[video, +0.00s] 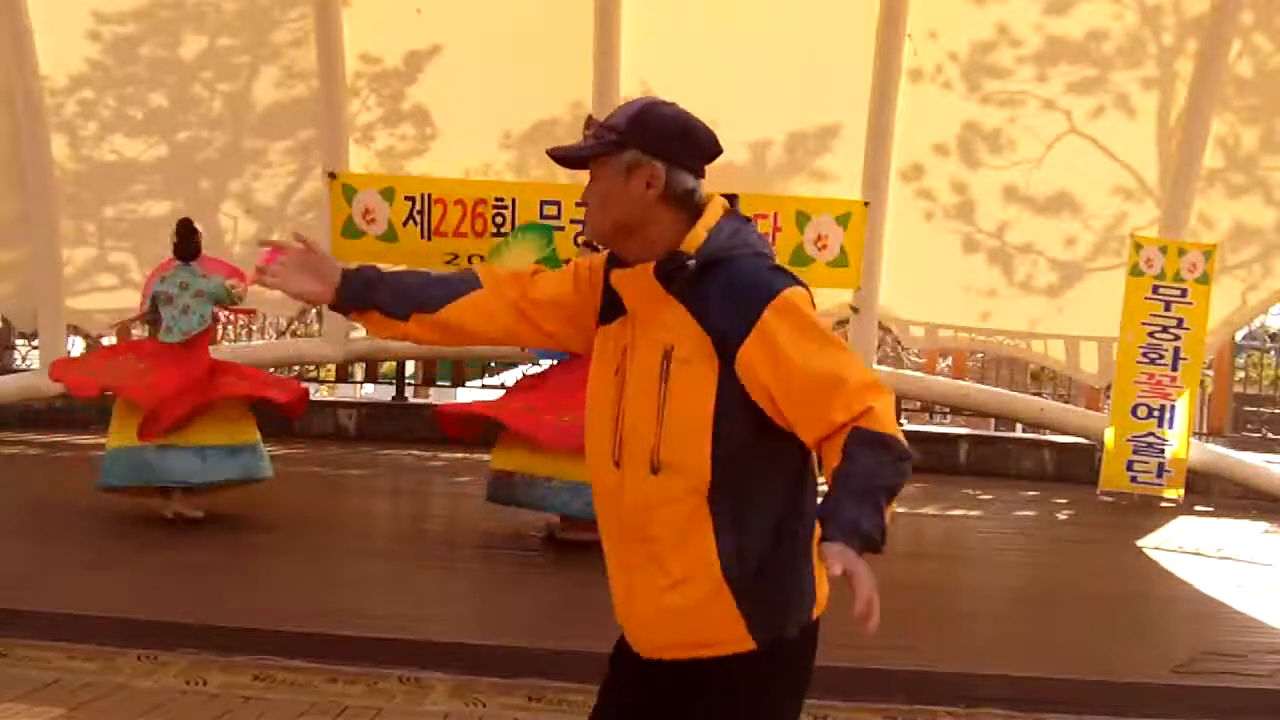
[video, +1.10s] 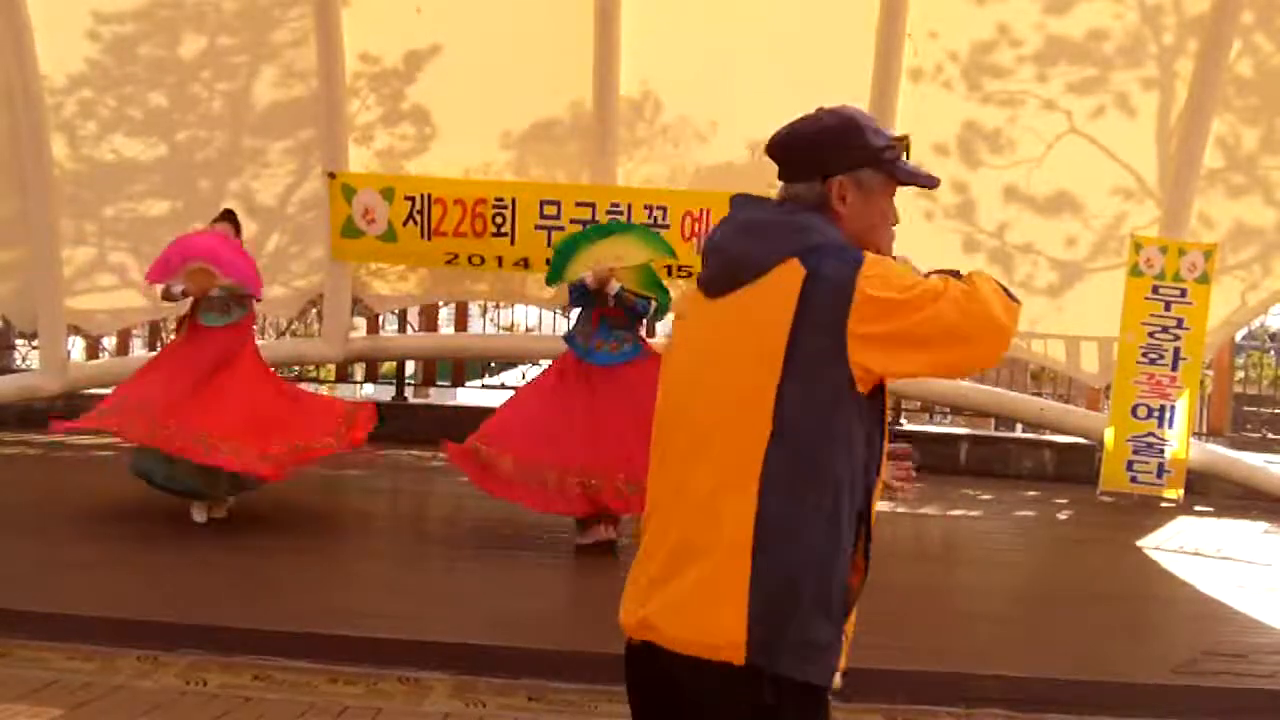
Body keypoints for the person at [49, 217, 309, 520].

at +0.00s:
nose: (194, 250)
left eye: (183, 244)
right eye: (196, 245)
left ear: (173, 248)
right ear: (200, 249)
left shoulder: (162, 280)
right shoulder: (206, 281)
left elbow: (148, 317)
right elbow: (232, 300)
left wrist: (122, 325)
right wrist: (237, 286)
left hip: (163, 358)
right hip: (196, 358)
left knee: (164, 423)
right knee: (191, 423)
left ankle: (169, 497)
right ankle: (184, 497)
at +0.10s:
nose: (178, 246)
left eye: (181, 240)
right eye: (180, 240)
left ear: (187, 244)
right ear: (208, 246)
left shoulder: (180, 280)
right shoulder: (218, 281)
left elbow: (147, 309)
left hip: (181, 359)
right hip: (213, 358)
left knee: (172, 422)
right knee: (210, 423)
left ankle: (174, 497)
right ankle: (212, 498)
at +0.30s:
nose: (187, 259)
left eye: (191, 252)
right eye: (189, 252)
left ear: (207, 251)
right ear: (212, 252)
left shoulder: (212, 282)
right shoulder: (212, 282)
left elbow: (178, 313)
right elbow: (186, 319)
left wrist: (144, 315)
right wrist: (150, 314)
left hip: (211, 359)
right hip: (212, 357)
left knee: (186, 420)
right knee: (216, 421)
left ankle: (183, 496)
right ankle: (217, 494)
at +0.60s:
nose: (197, 255)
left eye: (203, 248)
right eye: (196, 248)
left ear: (223, 251)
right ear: (205, 252)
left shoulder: (227, 284)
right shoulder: (205, 285)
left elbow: (220, 323)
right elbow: (191, 319)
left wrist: (186, 329)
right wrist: (174, 330)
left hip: (225, 362)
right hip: (207, 359)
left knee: (206, 424)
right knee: (218, 424)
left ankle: (197, 495)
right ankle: (226, 493)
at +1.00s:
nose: (216, 240)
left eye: (223, 235)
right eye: (212, 233)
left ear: (235, 243)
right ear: (205, 236)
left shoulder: (238, 277)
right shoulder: (196, 269)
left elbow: (238, 300)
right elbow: (170, 299)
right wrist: (184, 299)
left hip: (230, 355)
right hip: (194, 353)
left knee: (225, 421)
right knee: (191, 420)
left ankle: (220, 491)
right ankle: (194, 494)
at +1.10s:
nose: (222, 234)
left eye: (229, 230)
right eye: (218, 228)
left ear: (237, 236)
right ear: (209, 231)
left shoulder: (242, 268)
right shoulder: (197, 264)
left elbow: (251, 294)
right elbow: (167, 292)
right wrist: (186, 290)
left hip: (233, 346)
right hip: (201, 345)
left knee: (224, 419)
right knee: (204, 419)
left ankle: (215, 493)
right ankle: (207, 494)